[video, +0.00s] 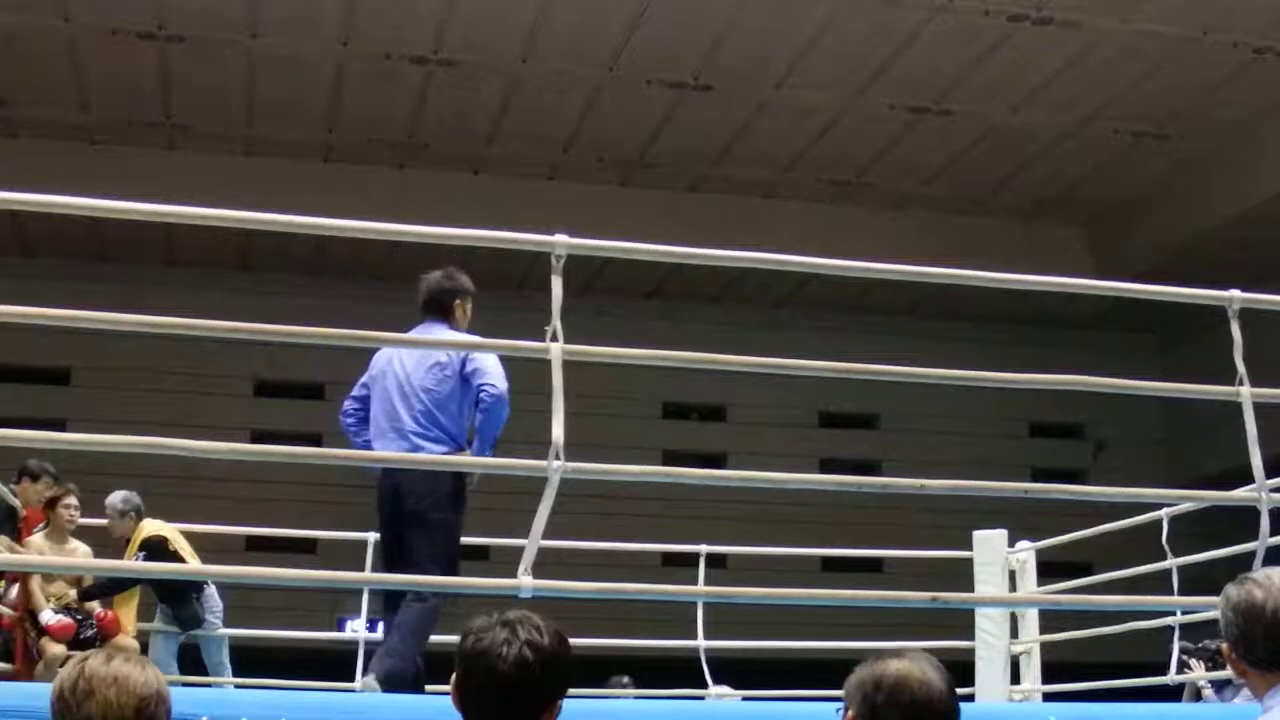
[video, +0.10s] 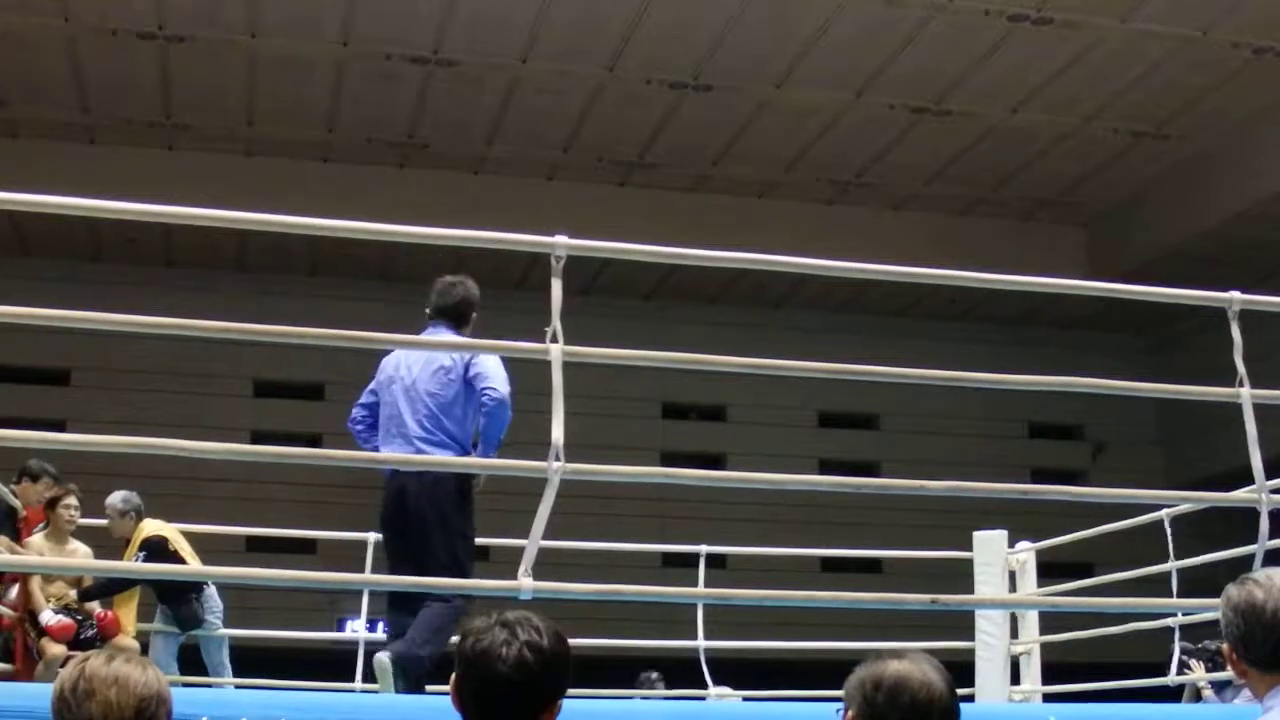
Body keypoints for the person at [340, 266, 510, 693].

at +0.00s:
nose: (471, 314)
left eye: (470, 306)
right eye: (470, 306)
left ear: (425, 307)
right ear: (458, 307)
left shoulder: (390, 351)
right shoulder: (467, 346)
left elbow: (351, 414)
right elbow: (495, 393)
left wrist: (381, 454)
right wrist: (479, 454)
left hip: (390, 476)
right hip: (438, 477)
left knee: (397, 581)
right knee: (431, 582)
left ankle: (406, 687)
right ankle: (383, 676)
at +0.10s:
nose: (476, 321)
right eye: (476, 315)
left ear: (429, 312)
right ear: (471, 318)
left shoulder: (395, 358)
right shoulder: (473, 353)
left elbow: (360, 420)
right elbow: (497, 397)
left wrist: (391, 456)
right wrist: (483, 456)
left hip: (396, 481)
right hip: (444, 481)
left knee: (405, 585)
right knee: (452, 586)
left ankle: (411, 688)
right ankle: (402, 662)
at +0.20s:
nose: (485, 325)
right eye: (484, 320)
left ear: (438, 315)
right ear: (480, 322)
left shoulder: (403, 362)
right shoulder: (479, 356)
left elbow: (367, 422)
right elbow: (499, 399)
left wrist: (400, 459)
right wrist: (489, 456)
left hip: (405, 487)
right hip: (453, 486)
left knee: (411, 588)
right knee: (466, 586)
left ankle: (403, 687)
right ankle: (415, 665)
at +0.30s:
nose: (494, 327)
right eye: (494, 322)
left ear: (447, 317)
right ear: (490, 324)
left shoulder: (413, 362)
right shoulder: (488, 358)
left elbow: (376, 423)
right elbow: (508, 402)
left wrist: (409, 462)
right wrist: (497, 462)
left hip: (416, 490)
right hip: (466, 490)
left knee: (415, 593)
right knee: (481, 591)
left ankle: (403, 692)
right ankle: (463, 688)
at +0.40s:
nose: (506, 332)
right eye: (506, 326)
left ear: (459, 323)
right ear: (503, 329)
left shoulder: (424, 366)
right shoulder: (500, 363)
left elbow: (386, 426)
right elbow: (521, 408)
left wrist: (416, 470)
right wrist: (509, 462)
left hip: (425, 496)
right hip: (475, 496)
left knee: (420, 603)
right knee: (500, 599)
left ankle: (406, 699)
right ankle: (513, 699)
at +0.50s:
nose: (516, 335)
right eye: (516, 329)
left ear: (473, 326)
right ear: (515, 333)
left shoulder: (437, 370)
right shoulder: (515, 369)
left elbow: (397, 427)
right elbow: (536, 417)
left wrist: (428, 471)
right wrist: (526, 463)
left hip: (438, 498)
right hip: (488, 499)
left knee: (431, 601)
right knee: (502, 600)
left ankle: (409, 697)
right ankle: (510, 699)